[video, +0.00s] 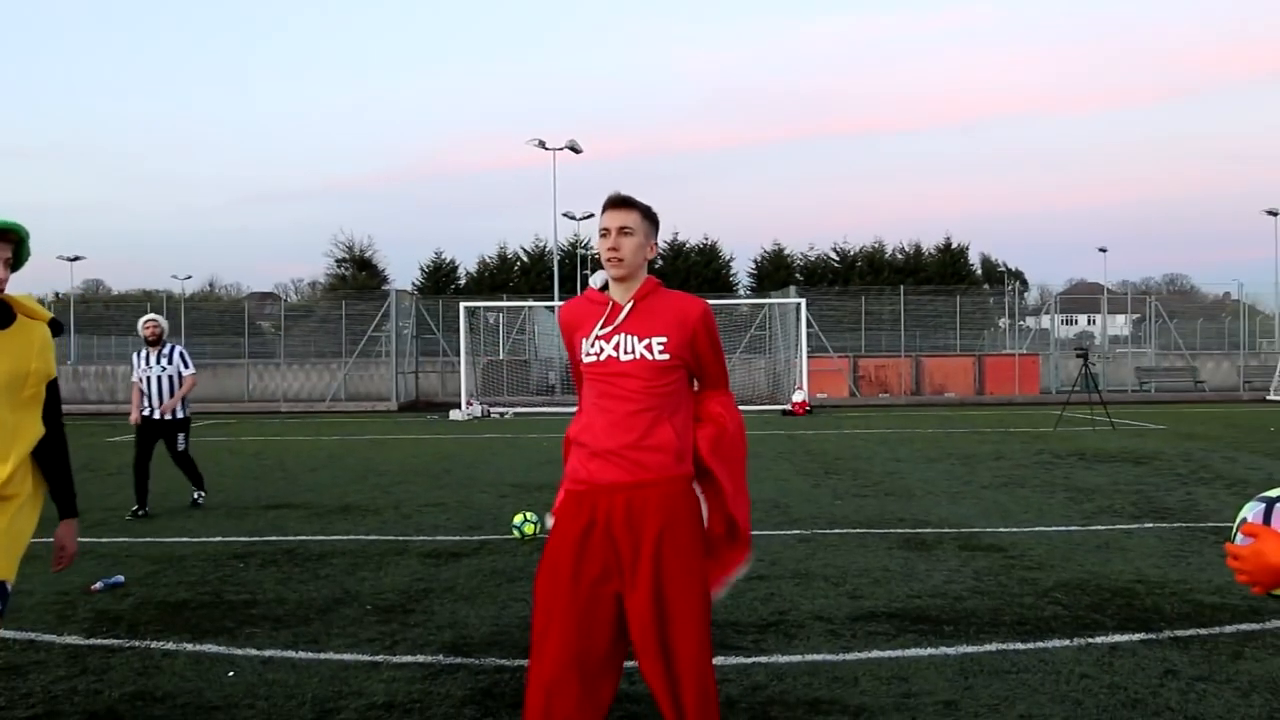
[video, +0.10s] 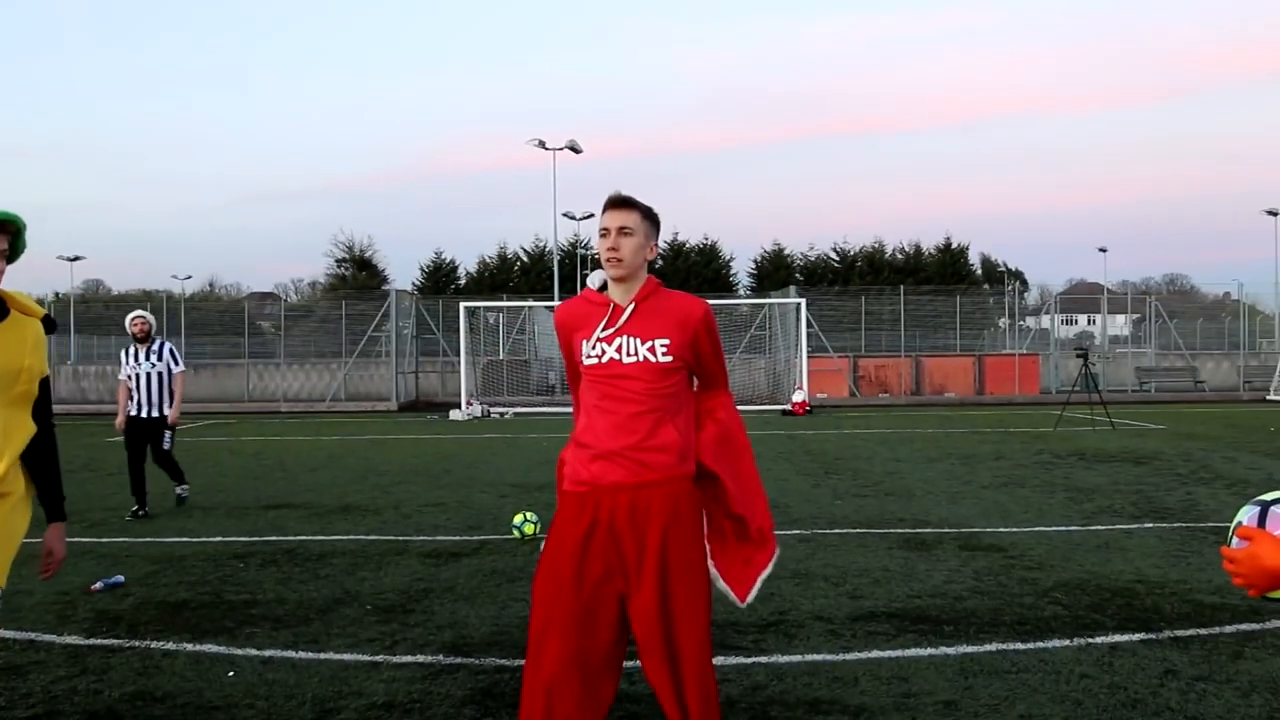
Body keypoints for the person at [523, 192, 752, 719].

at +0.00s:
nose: (612, 244)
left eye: (625, 234)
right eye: (605, 234)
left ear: (652, 247)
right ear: (596, 245)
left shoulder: (689, 313)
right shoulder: (574, 314)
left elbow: (715, 391)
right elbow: (585, 397)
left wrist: (698, 453)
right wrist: (582, 468)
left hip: (661, 501)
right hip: (585, 501)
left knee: (679, 649)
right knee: (560, 651)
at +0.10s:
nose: (612, 244)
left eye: (626, 233)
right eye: (604, 234)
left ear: (652, 247)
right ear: (596, 245)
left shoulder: (690, 313)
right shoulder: (571, 316)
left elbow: (716, 392)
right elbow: (581, 399)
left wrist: (700, 456)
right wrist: (593, 458)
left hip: (663, 502)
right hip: (585, 502)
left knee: (678, 646)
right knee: (559, 648)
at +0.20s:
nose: (611, 244)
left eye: (625, 234)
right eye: (604, 234)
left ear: (652, 246)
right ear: (596, 245)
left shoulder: (690, 313)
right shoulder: (570, 316)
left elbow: (713, 405)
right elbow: (576, 404)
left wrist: (736, 498)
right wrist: (586, 468)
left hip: (664, 503)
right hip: (584, 503)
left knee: (678, 652)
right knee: (556, 652)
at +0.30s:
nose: (611, 246)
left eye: (624, 235)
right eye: (603, 236)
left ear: (650, 247)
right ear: (595, 245)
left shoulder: (690, 314)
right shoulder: (568, 317)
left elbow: (703, 415)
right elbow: (572, 412)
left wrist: (714, 498)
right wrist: (581, 481)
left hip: (666, 504)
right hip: (587, 504)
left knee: (680, 653)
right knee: (554, 652)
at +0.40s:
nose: (610, 246)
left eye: (624, 236)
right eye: (602, 236)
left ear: (650, 248)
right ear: (594, 246)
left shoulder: (689, 315)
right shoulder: (565, 318)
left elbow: (698, 414)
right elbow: (574, 415)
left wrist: (687, 486)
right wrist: (602, 473)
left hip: (666, 503)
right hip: (587, 505)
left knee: (683, 653)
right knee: (555, 653)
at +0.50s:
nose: (609, 247)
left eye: (622, 237)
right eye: (601, 237)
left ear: (649, 250)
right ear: (592, 246)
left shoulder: (688, 314)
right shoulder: (564, 319)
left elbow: (690, 407)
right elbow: (572, 409)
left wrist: (659, 465)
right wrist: (601, 466)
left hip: (667, 503)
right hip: (587, 506)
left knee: (683, 657)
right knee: (553, 657)